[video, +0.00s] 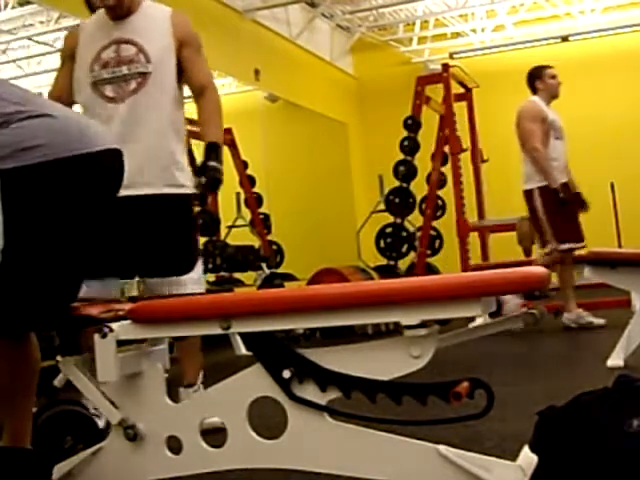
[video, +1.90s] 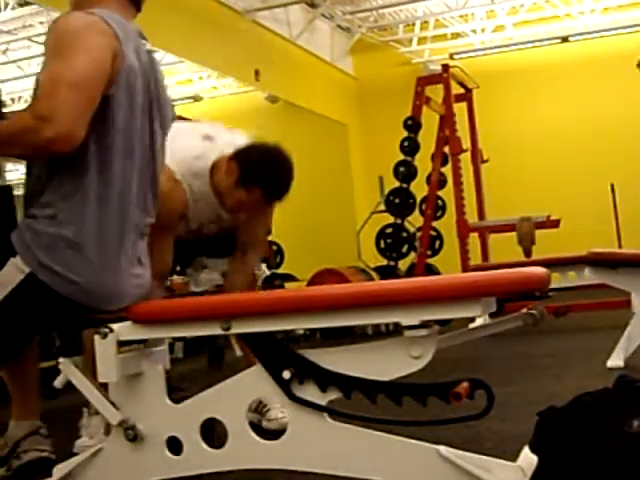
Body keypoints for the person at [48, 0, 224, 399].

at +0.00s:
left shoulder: (174, 25)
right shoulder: (78, 38)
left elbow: (205, 91)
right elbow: (55, 105)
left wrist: (212, 158)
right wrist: (35, 157)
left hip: (167, 184)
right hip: (99, 189)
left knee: (183, 304)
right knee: (94, 304)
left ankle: (191, 398)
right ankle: (95, 401)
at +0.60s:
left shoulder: (221, 26)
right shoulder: (120, 26)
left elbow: (246, 95)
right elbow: (95, 96)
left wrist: (260, 156)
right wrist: (73, 152)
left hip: (193, 181)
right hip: (126, 171)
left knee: (190, 294)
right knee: (93, 236)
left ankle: (193, 390)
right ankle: (113, 346)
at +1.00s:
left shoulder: (223, 32)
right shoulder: (120, 24)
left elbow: (246, 100)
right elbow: (92, 89)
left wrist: (256, 161)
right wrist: (76, 158)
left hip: (192, 189)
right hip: (126, 183)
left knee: (195, 304)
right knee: (109, 294)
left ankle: (195, 395)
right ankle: (117, 391)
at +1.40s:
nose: (204, 33)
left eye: (215, 26)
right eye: (200, 21)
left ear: (225, 20)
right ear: (182, 2)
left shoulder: (222, 48)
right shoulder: (126, 34)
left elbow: (230, 114)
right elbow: (106, 116)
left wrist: (239, 169)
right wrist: (122, 197)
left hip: (195, 197)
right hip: (131, 198)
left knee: (224, 306)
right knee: (128, 318)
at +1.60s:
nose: (238, 86)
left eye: (248, 80)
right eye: (235, 75)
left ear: (259, 72)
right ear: (218, 52)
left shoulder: (257, 89)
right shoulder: (161, 76)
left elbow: (259, 153)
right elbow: (138, 167)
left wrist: (247, 212)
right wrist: (144, 250)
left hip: (209, 196)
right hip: (150, 193)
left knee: (229, 302)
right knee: (146, 306)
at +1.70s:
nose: (247, 137)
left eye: (257, 133)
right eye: (245, 128)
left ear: (269, 120)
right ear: (232, 101)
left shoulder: (264, 120)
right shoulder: (168, 120)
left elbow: (264, 178)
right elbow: (149, 210)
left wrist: (250, 236)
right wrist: (153, 292)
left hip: (210, 209)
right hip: (159, 211)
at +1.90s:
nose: (247, 212)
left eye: (256, 207)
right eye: (246, 204)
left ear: (265, 196)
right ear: (231, 177)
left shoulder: (260, 188)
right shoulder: (173, 186)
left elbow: (247, 262)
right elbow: (156, 278)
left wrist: (243, 338)